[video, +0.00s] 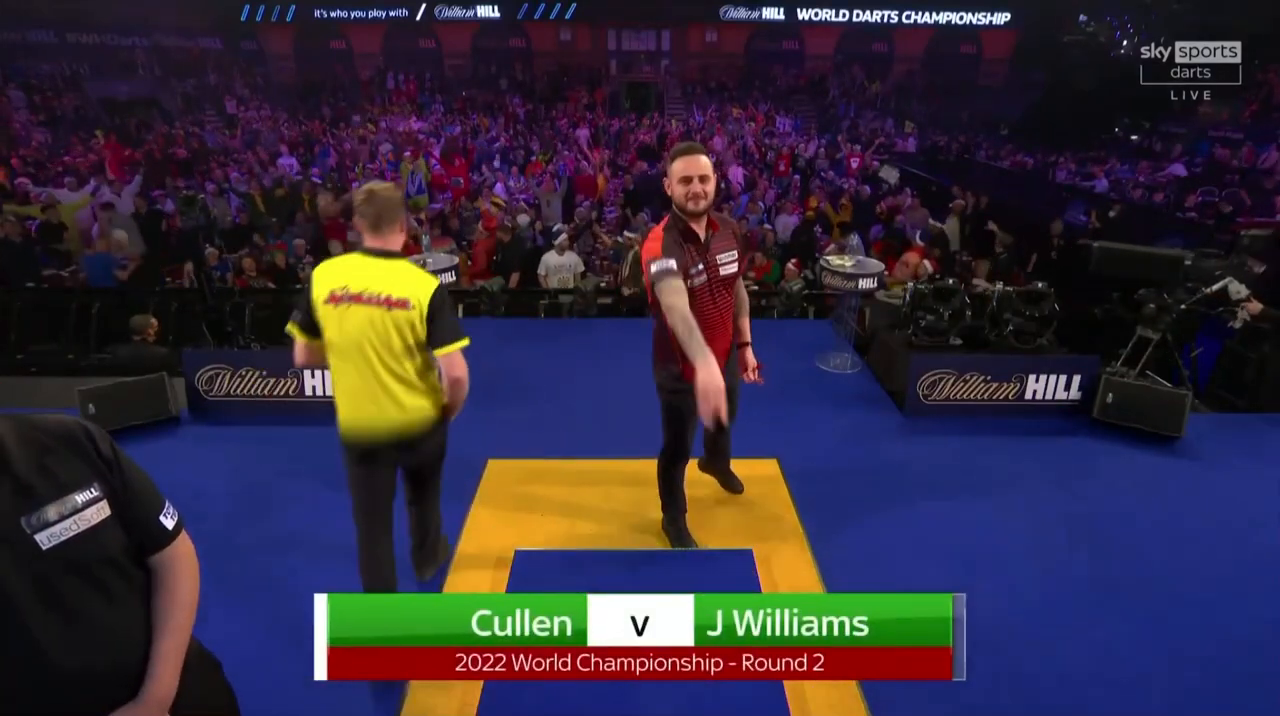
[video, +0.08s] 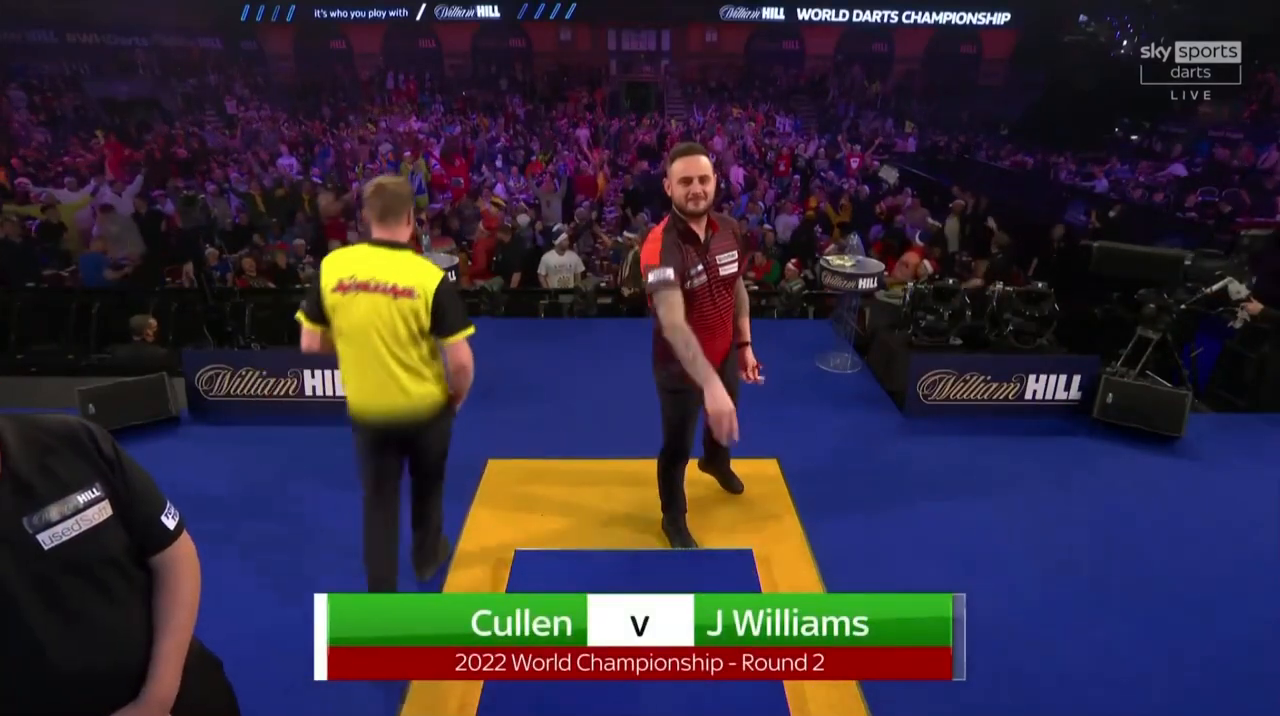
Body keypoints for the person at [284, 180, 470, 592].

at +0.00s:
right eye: (403, 221)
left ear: (357, 226)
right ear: (404, 225)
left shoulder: (323, 277)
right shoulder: (425, 287)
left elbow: (303, 356)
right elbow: (456, 374)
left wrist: (349, 352)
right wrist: (449, 410)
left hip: (358, 427)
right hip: (418, 423)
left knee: (371, 527)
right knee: (423, 488)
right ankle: (427, 565)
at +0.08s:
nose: (411, 222)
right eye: (411, 216)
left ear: (366, 219)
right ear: (411, 219)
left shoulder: (333, 267)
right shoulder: (430, 277)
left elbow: (311, 343)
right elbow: (460, 363)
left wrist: (356, 340)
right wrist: (454, 399)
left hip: (366, 409)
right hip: (425, 407)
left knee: (378, 501)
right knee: (429, 485)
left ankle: (381, 597)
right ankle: (427, 562)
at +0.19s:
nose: (414, 209)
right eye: (415, 203)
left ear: (376, 207)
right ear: (417, 206)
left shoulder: (342, 254)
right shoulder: (437, 262)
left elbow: (319, 325)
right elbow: (463, 336)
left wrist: (364, 322)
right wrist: (462, 385)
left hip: (378, 385)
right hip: (431, 386)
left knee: (394, 464)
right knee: (429, 472)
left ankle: (395, 553)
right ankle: (427, 559)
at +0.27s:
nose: (422, 206)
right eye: (423, 200)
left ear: (381, 202)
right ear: (421, 202)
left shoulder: (349, 249)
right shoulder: (441, 254)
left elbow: (328, 317)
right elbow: (466, 328)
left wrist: (373, 319)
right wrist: (466, 378)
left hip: (384, 377)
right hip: (435, 379)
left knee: (405, 441)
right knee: (430, 465)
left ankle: (411, 521)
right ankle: (426, 557)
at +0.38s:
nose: (429, 202)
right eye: (430, 196)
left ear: (389, 198)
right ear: (428, 198)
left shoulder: (361, 246)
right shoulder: (447, 251)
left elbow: (342, 311)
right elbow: (472, 324)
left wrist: (382, 313)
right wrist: (471, 367)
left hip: (395, 370)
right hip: (443, 372)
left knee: (422, 429)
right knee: (434, 462)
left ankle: (437, 475)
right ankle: (426, 555)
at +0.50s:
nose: (438, 196)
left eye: (432, 191)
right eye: (438, 191)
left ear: (400, 193)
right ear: (435, 192)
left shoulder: (372, 238)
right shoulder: (451, 243)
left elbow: (357, 299)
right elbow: (472, 311)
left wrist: (395, 303)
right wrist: (476, 354)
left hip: (405, 353)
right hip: (448, 354)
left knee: (432, 408)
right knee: (445, 447)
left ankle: (450, 465)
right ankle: (429, 536)